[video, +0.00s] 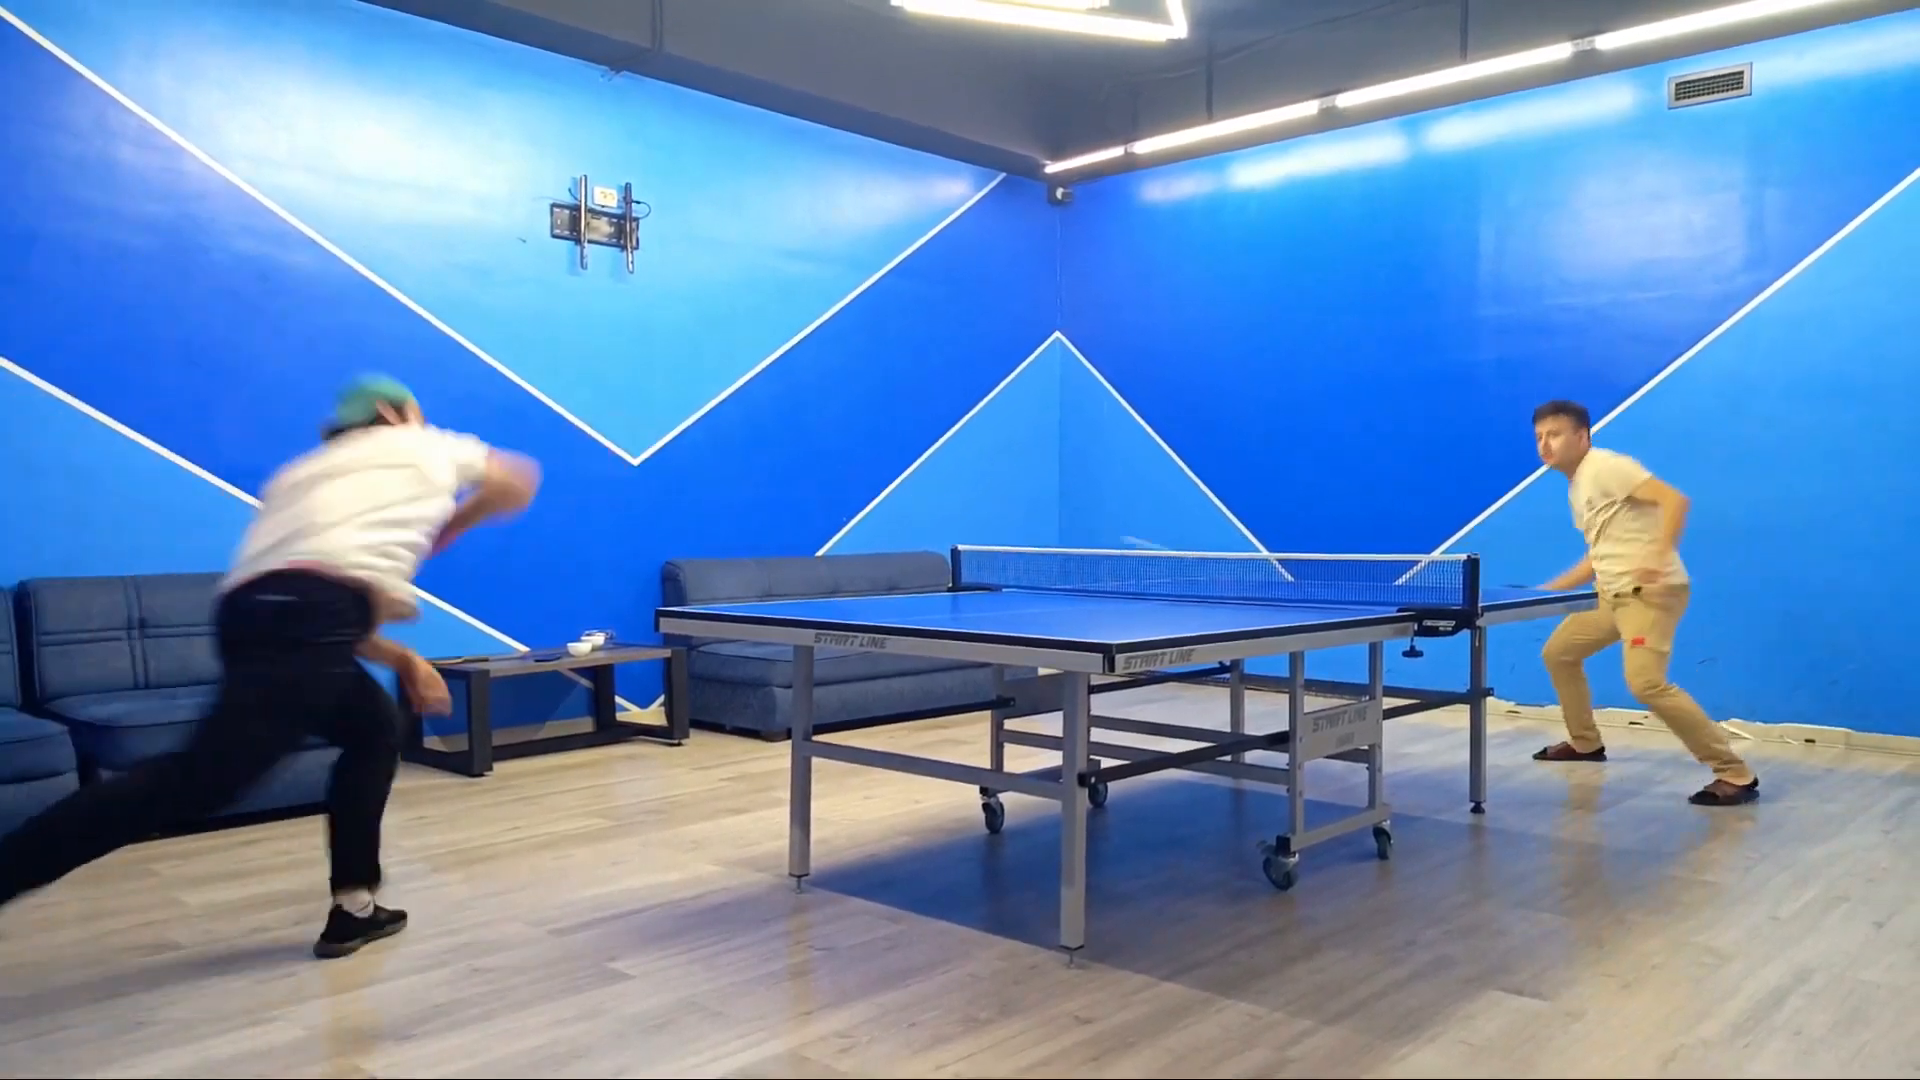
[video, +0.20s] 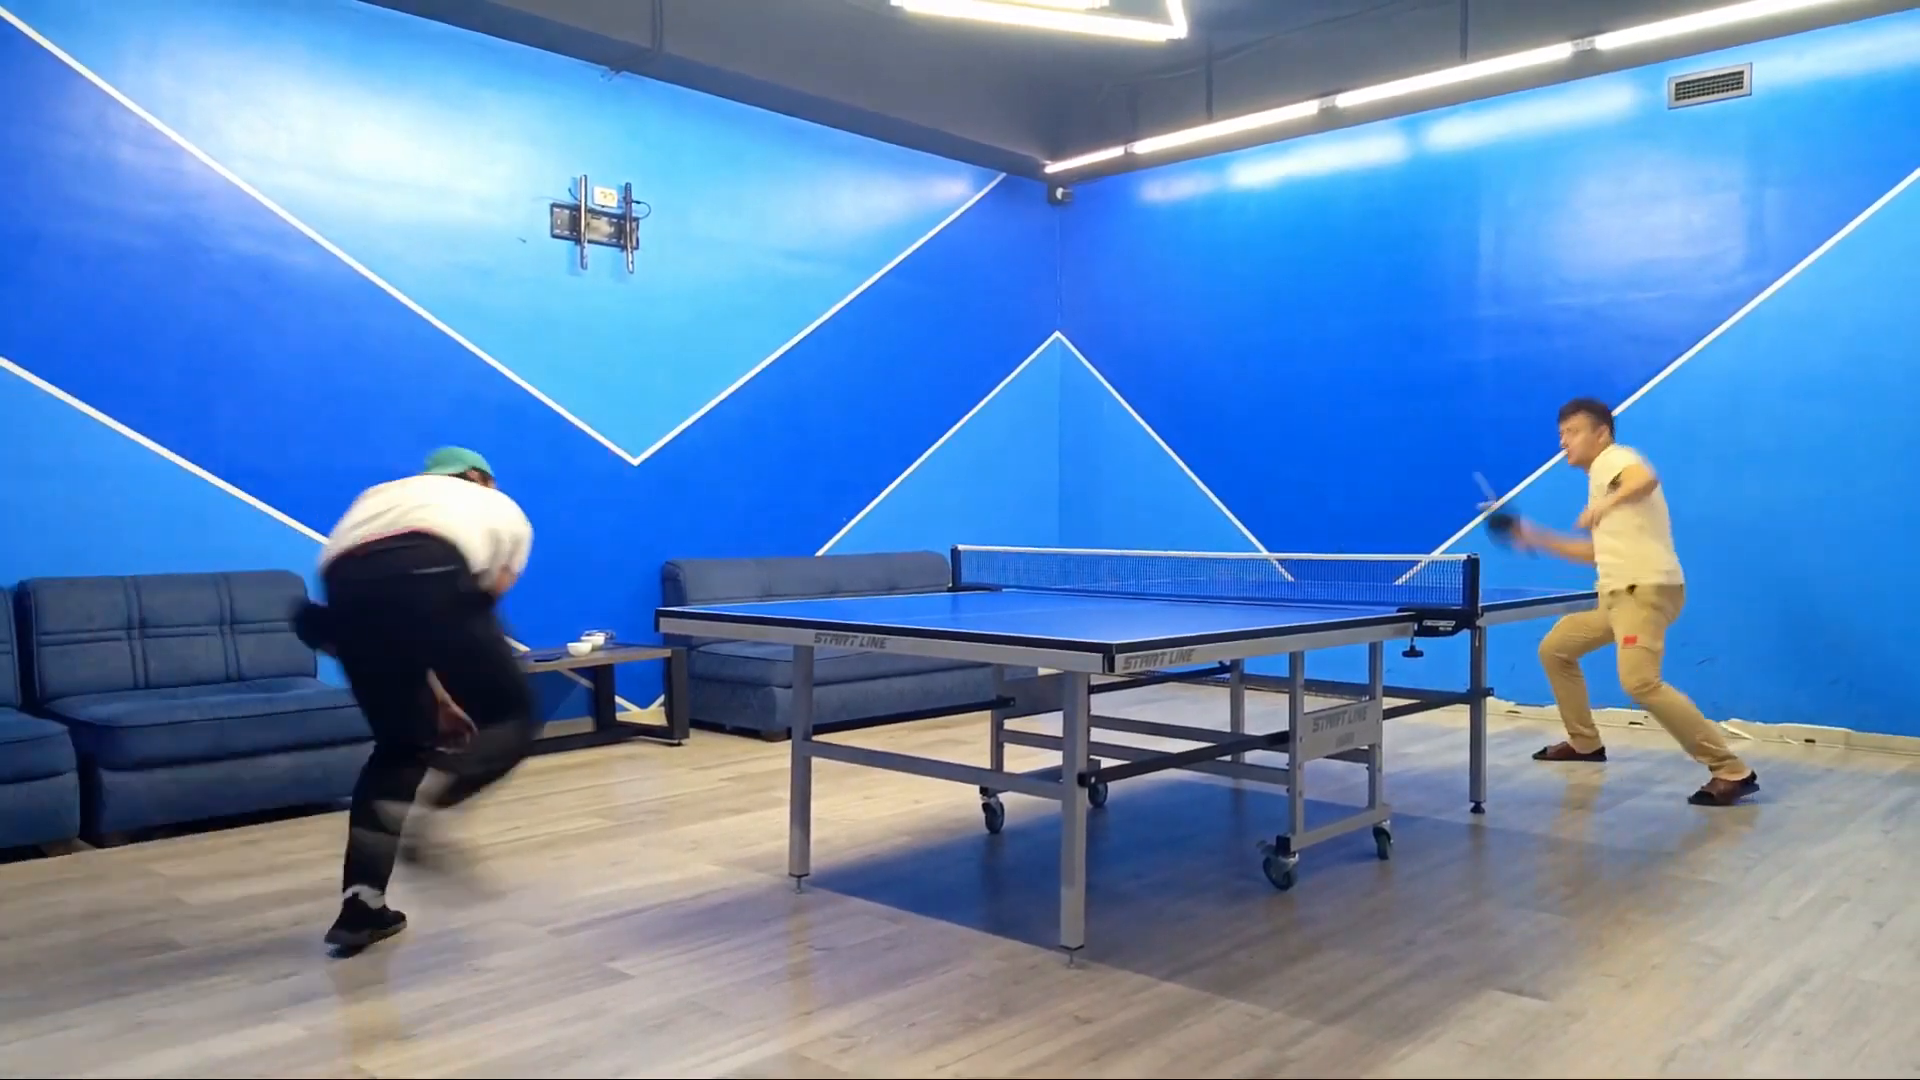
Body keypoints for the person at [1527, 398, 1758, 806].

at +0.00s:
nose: (1544, 445)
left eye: (1553, 435)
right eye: (1539, 438)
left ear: (1582, 436)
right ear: (1539, 443)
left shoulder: (1606, 467)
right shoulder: (1580, 487)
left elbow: (1675, 501)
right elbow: (1603, 553)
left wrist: (1660, 557)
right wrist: (1555, 587)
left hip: (1652, 593)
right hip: (1615, 598)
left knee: (1647, 684)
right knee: (1558, 654)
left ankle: (1736, 775)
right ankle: (1584, 743)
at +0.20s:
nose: (1564, 442)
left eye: (1572, 432)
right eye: (1562, 435)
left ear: (1601, 432)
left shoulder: (1616, 456)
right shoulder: (1600, 481)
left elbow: (1644, 480)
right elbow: (1599, 552)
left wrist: (1604, 506)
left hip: (1646, 588)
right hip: (1617, 595)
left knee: (1641, 682)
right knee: (1556, 649)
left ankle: (1732, 771)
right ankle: (1583, 742)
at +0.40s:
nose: (1612, 378)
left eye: (1620, 368)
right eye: (1608, 370)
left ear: (1652, 369)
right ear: (1611, 375)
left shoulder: (1678, 405)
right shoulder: (1624, 417)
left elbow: (1738, 413)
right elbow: (1602, 427)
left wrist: (1757, 394)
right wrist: (1574, 396)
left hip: (1676, 547)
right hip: (1626, 548)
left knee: (1698, 649)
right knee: (1602, 639)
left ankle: (1749, 754)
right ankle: (1589, 735)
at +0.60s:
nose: (1661, 390)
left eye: (1674, 384)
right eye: (1660, 382)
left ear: (1703, 393)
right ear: (1657, 388)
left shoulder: (1730, 438)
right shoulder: (1663, 435)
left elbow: (1806, 455)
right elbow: (1653, 456)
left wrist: (1873, 445)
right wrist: (1606, 439)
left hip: (1712, 583)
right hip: (1651, 577)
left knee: (1742, 671)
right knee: (1606, 653)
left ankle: (1791, 764)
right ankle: (1609, 739)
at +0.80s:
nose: (1689, 407)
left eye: (1702, 401)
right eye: (1686, 400)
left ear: (1728, 415)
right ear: (1681, 409)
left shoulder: (1750, 468)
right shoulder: (1667, 460)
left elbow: (1795, 527)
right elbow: (1633, 503)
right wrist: (1570, 526)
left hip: (1721, 596)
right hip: (1660, 591)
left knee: (1744, 676)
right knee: (1603, 659)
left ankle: (1791, 765)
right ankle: (1612, 742)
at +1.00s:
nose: (1674, 387)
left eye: (1687, 382)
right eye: (1672, 380)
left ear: (1711, 394)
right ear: (1666, 387)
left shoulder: (1731, 449)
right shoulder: (1640, 435)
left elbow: (1754, 511)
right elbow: (1591, 466)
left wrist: (1755, 559)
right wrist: (1558, 480)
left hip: (1704, 577)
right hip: (1640, 572)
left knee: (1743, 664)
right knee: (1601, 649)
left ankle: (1784, 759)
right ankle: (1609, 741)